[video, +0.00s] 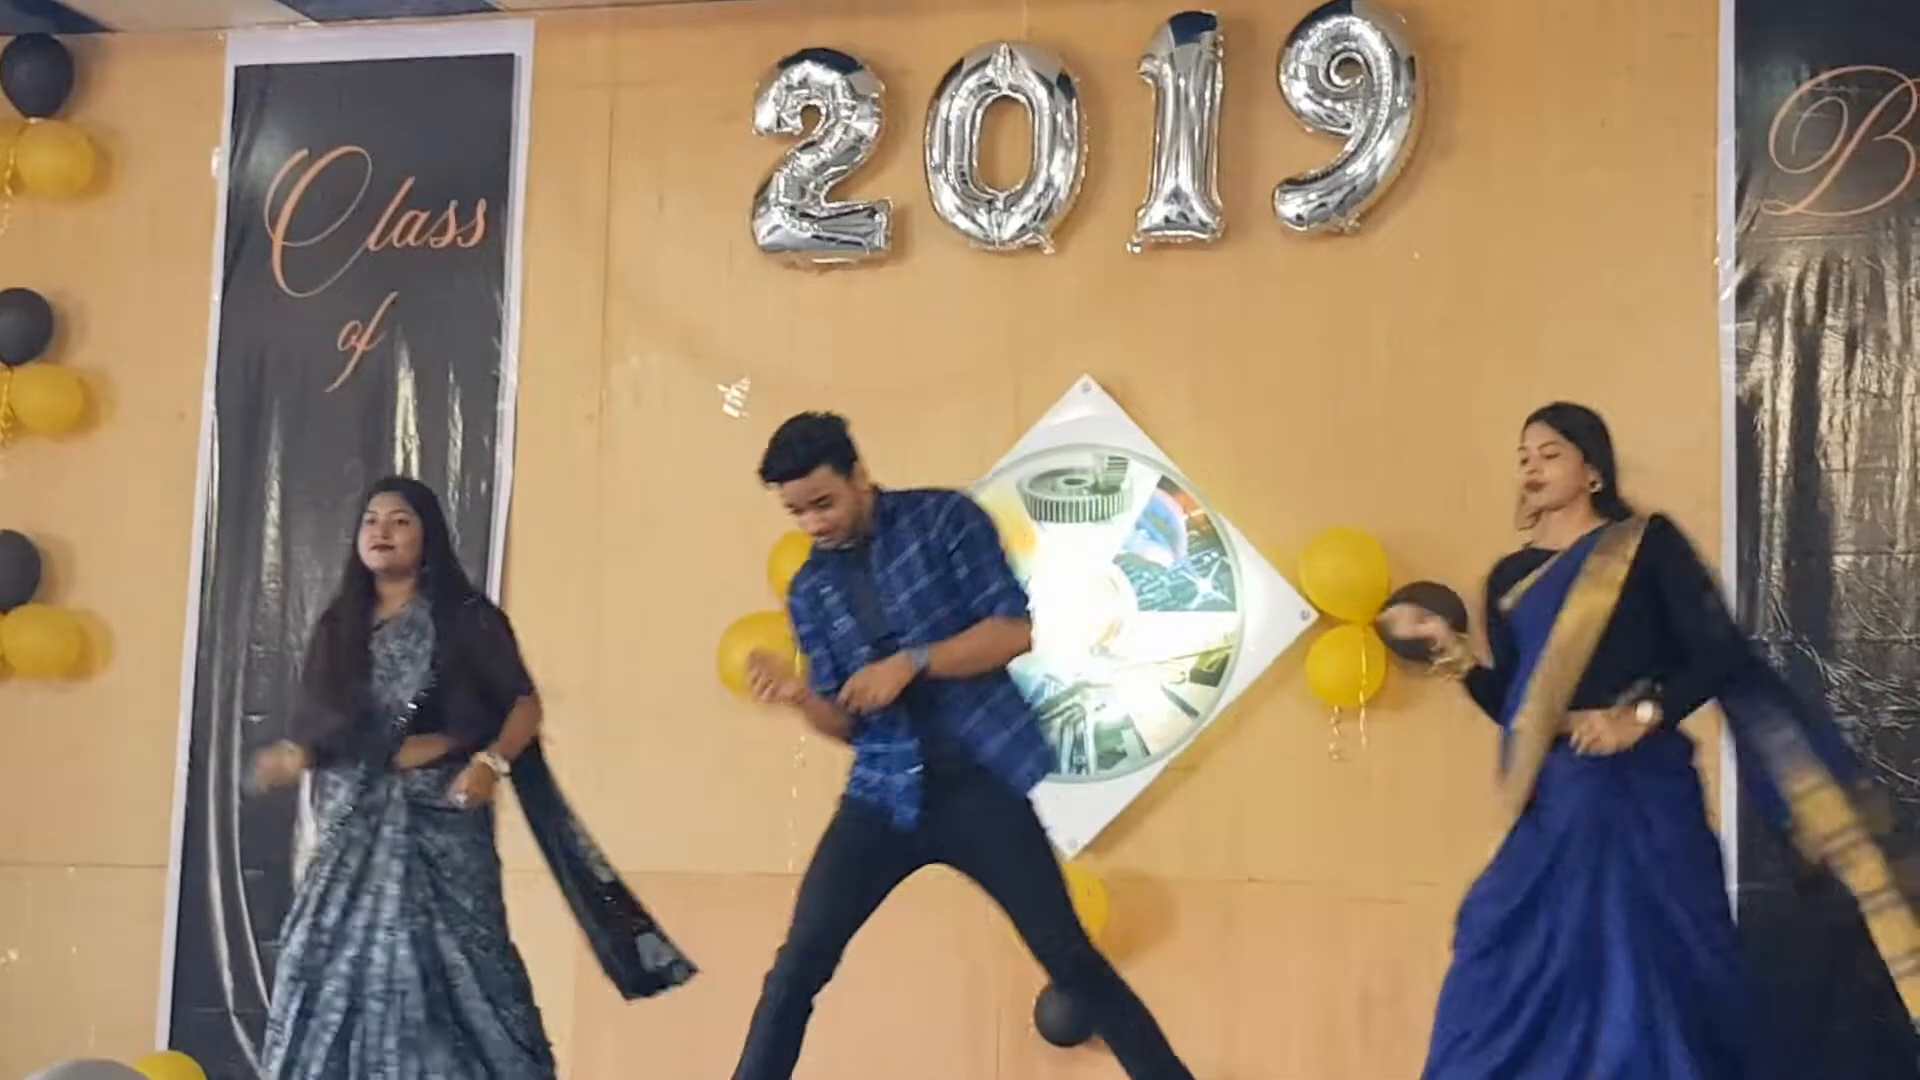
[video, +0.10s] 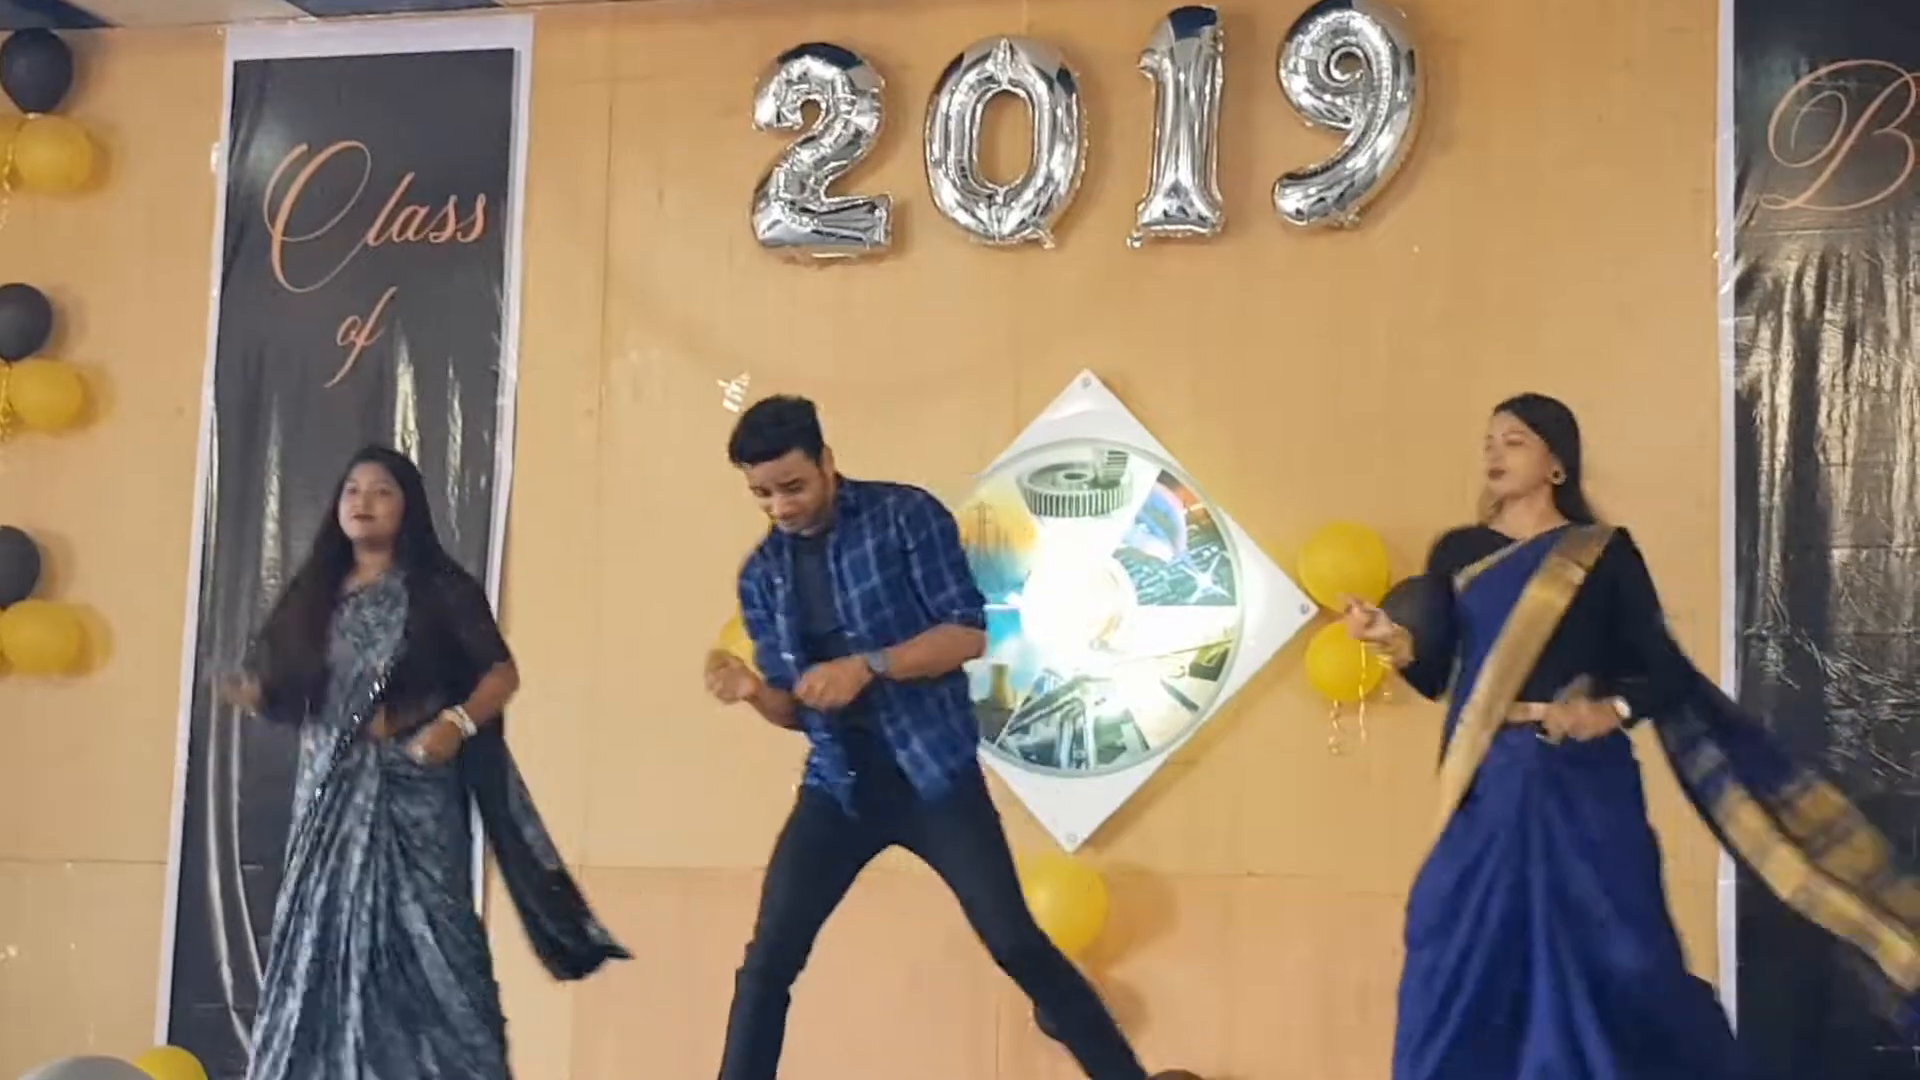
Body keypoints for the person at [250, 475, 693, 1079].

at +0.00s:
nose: (382, 532)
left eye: (399, 521)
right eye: (371, 521)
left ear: (427, 536)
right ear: (357, 536)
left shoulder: (469, 617)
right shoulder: (339, 625)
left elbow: (526, 706)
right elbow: (322, 723)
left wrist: (490, 762)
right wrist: (295, 755)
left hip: (442, 823)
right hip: (356, 823)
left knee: (441, 983)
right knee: (340, 977)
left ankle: (447, 1073)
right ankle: (338, 1072)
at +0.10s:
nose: (361, 502)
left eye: (379, 492)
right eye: (351, 491)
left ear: (407, 508)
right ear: (337, 505)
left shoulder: (442, 585)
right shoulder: (316, 590)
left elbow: (503, 673)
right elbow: (291, 688)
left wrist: (457, 722)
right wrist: (254, 693)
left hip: (417, 788)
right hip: (334, 789)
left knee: (420, 949)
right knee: (325, 945)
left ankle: (428, 1069)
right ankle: (322, 1068)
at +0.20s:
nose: (348, 450)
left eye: (365, 439)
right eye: (338, 438)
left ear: (392, 453)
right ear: (320, 452)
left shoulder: (425, 528)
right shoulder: (297, 534)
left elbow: (482, 615)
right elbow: (258, 636)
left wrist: (427, 665)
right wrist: (232, 623)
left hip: (402, 742)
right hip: (318, 743)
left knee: (399, 905)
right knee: (312, 899)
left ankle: (397, 1059)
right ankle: (306, 1056)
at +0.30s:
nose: (333, 391)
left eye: (350, 378)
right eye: (322, 377)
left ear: (377, 389)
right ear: (306, 387)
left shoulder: (406, 467)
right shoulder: (285, 470)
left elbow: (454, 561)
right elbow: (255, 558)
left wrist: (395, 611)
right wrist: (234, 580)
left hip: (383, 671)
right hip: (299, 667)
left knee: (379, 831)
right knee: (293, 820)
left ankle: (384, 1009)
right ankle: (279, 1004)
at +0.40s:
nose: (305, 342)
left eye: (322, 329)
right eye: (296, 327)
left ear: (351, 341)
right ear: (279, 336)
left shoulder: (381, 429)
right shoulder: (261, 417)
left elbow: (410, 536)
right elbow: (239, 526)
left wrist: (355, 574)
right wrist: (214, 597)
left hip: (353, 618)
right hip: (268, 614)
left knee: (348, 774)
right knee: (250, 766)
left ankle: (372, 945)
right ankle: (245, 953)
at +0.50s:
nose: (293, 283)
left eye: (311, 272)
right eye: (285, 270)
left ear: (342, 285)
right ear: (272, 280)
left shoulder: (368, 368)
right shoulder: (262, 369)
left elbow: (375, 470)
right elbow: (249, 486)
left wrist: (332, 512)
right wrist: (212, 569)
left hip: (337, 566)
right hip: (264, 563)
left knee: (299, 716)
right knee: (231, 715)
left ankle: (391, 867)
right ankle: (255, 893)